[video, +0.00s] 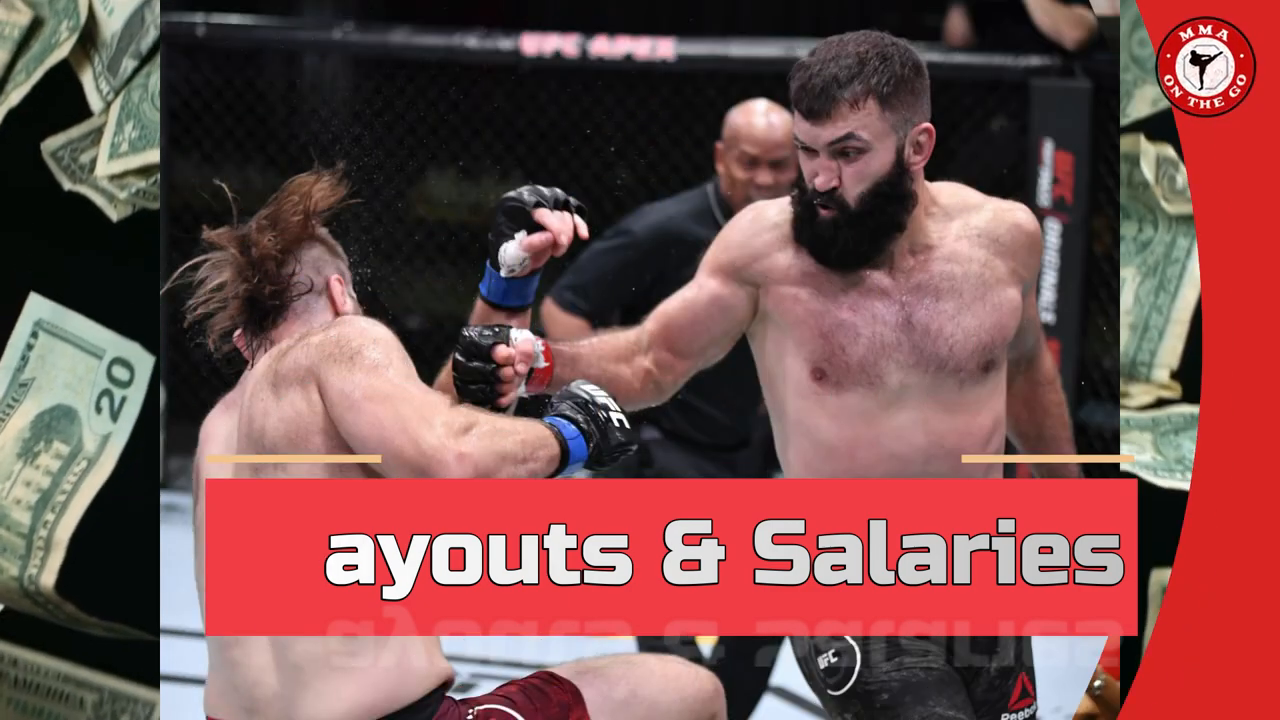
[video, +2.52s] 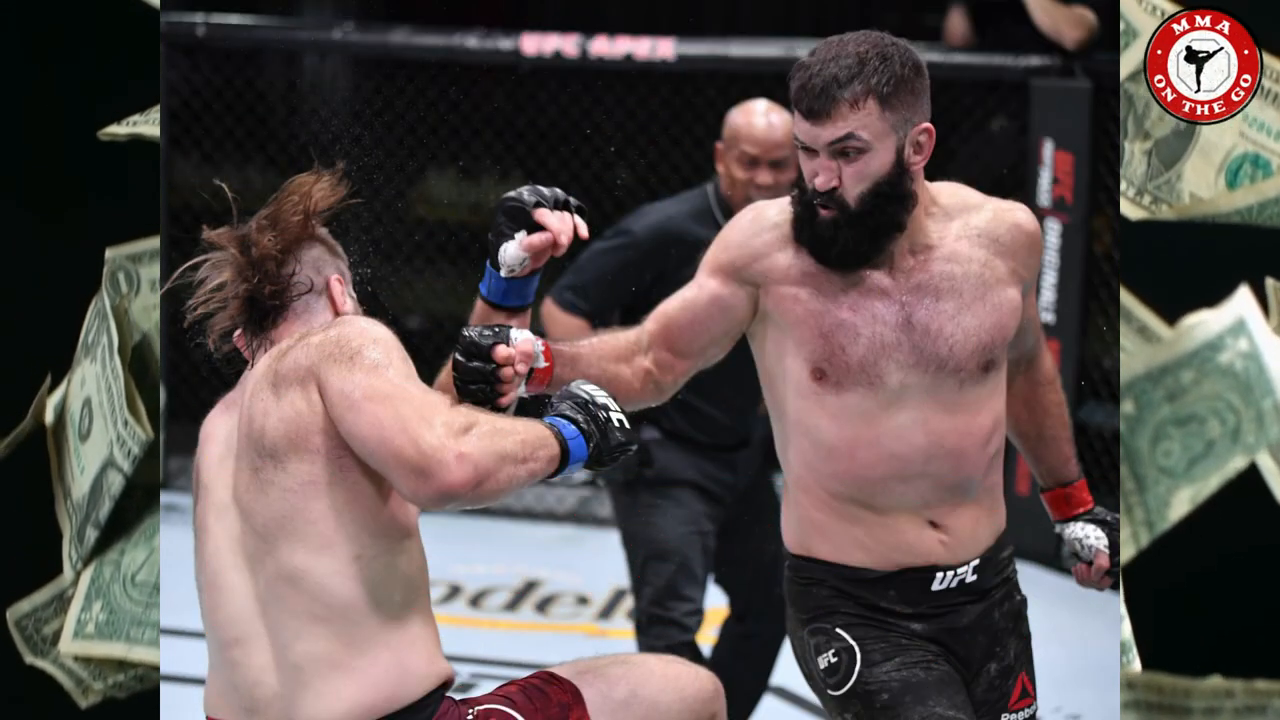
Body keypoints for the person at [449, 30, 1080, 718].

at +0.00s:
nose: (816, 178)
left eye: (846, 152)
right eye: (806, 152)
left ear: (918, 145)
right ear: (794, 140)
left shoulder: (1007, 234)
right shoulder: (761, 242)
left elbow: (1027, 371)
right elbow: (651, 361)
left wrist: (1069, 518)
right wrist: (537, 367)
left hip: (986, 588)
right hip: (845, 598)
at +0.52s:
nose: (815, 178)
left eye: (844, 153)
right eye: (805, 151)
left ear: (917, 145)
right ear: (794, 139)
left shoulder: (1008, 235)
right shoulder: (762, 239)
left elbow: (1026, 368)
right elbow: (651, 359)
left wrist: (1074, 504)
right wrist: (538, 367)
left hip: (984, 587)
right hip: (841, 596)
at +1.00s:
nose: (817, 177)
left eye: (845, 152)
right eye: (805, 151)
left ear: (918, 144)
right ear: (790, 140)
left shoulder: (1006, 235)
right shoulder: (758, 243)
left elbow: (1028, 367)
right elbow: (650, 361)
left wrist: (1075, 507)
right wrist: (537, 368)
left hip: (982, 595)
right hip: (845, 607)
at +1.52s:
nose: (817, 177)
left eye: (845, 152)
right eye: (805, 151)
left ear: (918, 144)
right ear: (791, 140)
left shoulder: (1006, 235)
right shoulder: (758, 243)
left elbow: (1028, 367)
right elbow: (650, 361)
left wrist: (1075, 506)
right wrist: (538, 368)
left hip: (982, 594)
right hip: (845, 607)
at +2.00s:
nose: (818, 177)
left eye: (845, 151)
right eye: (805, 151)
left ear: (918, 143)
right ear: (790, 140)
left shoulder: (1006, 235)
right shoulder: (758, 243)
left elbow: (1028, 366)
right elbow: (650, 360)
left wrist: (1074, 506)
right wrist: (539, 368)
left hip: (982, 595)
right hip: (845, 607)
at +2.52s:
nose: (817, 177)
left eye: (845, 152)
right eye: (805, 151)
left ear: (918, 144)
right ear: (790, 140)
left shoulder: (1005, 235)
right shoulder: (758, 243)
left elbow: (1028, 367)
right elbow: (651, 361)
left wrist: (1075, 506)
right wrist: (538, 368)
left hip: (983, 594)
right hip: (845, 607)